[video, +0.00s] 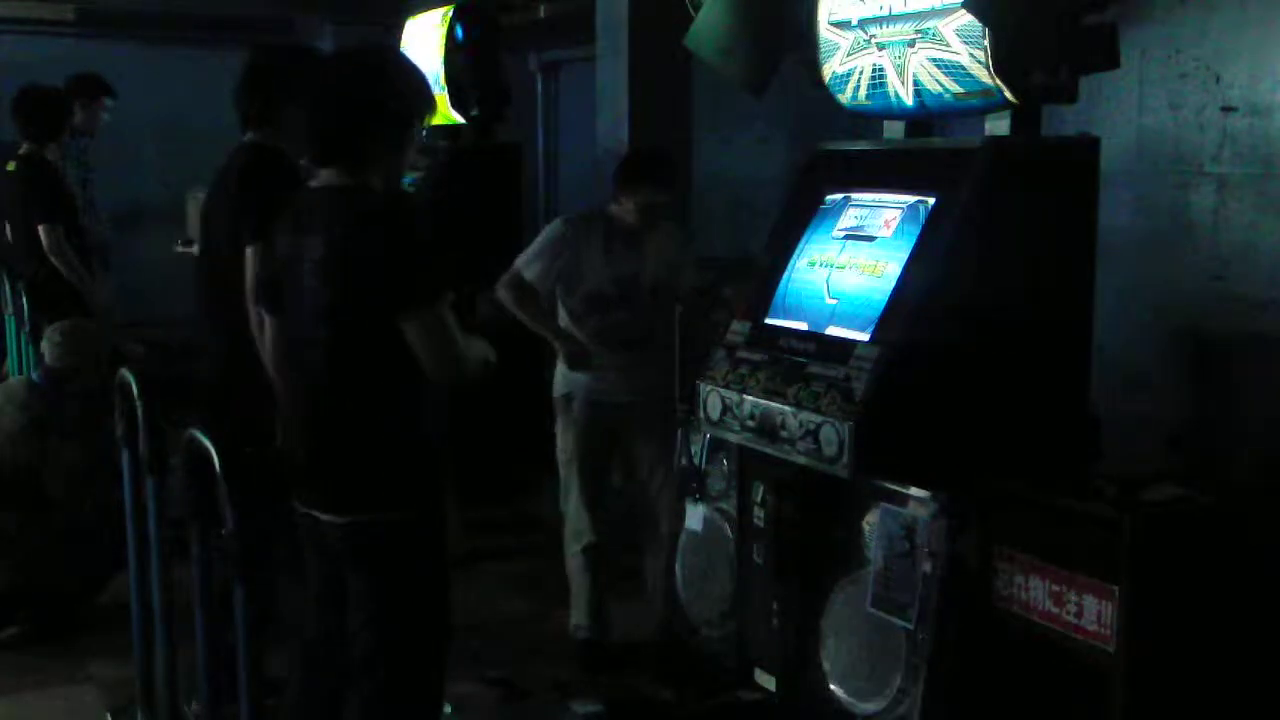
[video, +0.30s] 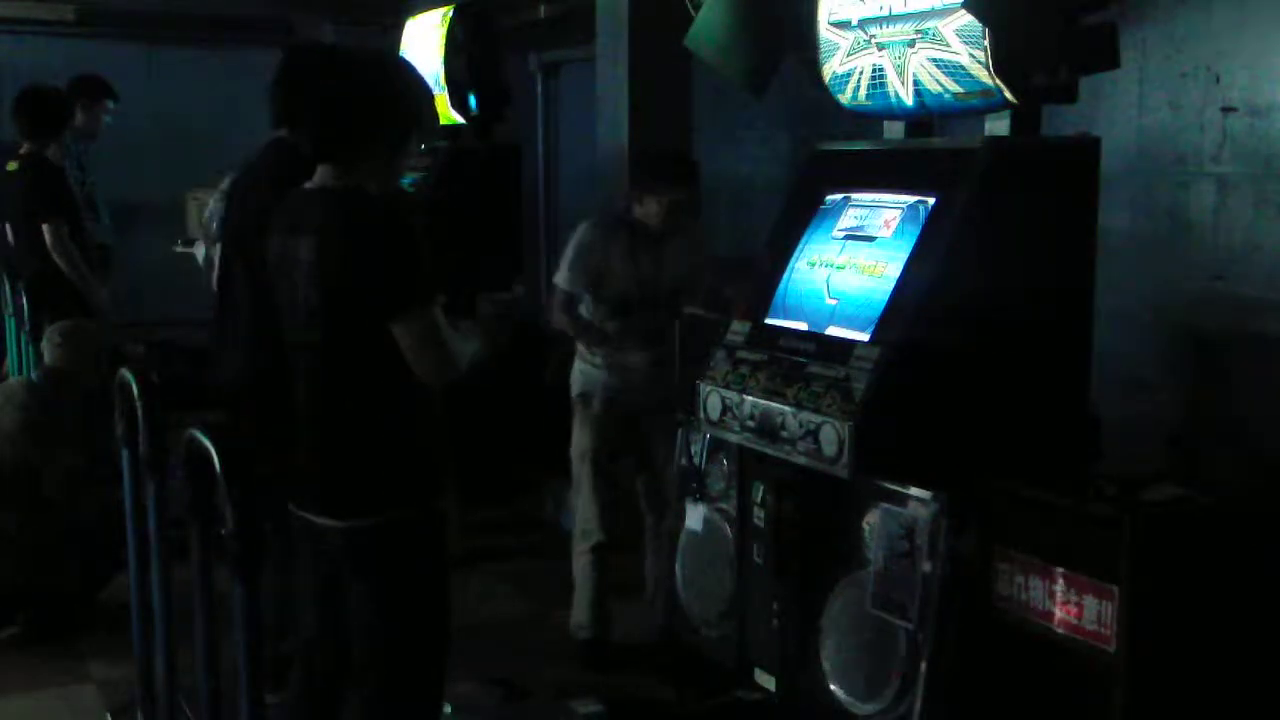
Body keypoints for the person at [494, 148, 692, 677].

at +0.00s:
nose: (648, 216)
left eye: (657, 206)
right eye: (641, 204)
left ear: (667, 204)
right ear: (620, 196)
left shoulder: (667, 242)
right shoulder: (572, 234)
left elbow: (689, 304)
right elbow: (513, 288)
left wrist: (678, 360)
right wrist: (561, 338)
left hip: (649, 390)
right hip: (584, 391)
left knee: (661, 508)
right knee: (585, 513)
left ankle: (663, 624)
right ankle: (587, 628)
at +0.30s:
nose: (663, 213)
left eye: (673, 204)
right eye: (655, 201)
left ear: (682, 205)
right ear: (636, 196)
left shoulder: (683, 245)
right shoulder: (596, 237)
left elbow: (701, 307)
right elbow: (561, 307)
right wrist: (601, 341)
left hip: (660, 391)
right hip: (600, 392)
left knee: (664, 512)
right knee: (595, 517)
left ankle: (664, 622)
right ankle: (589, 628)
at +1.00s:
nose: (712, 230)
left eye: (720, 222)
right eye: (706, 219)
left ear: (728, 222)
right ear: (687, 211)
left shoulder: (715, 258)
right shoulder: (646, 248)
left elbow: (724, 318)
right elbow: (645, 327)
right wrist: (699, 366)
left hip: (675, 391)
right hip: (623, 387)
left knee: (670, 511)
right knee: (611, 509)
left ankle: (666, 623)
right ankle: (590, 626)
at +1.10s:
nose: (711, 230)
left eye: (719, 222)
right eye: (705, 219)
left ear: (728, 222)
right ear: (686, 211)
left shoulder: (718, 258)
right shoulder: (644, 249)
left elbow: (727, 318)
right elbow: (646, 329)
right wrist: (700, 364)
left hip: (676, 391)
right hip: (622, 388)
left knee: (670, 511)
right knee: (611, 510)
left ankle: (667, 622)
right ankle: (590, 625)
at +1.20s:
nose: (711, 231)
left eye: (719, 223)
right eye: (706, 219)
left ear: (727, 222)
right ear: (686, 211)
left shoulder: (717, 258)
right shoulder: (644, 248)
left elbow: (726, 320)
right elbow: (645, 329)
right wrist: (702, 358)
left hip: (676, 391)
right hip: (622, 388)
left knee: (671, 511)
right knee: (610, 510)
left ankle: (666, 623)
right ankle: (591, 626)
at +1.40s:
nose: (710, 232)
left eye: (718, 224)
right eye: (705, 220)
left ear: (726, 222)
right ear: (685, 211)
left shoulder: (714, 258)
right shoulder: (643, 249)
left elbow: (723, 320)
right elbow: (653, 331)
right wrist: (712, 336)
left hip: (676, 393)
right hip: (624, 389)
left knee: (672, 512)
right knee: (611, 511)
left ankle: (666, 624)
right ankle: (591, 627)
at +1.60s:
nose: (711, 232)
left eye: (719, 223)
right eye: (706, 220)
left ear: (727, 222)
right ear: (685, 211)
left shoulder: (716, 258)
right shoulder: (642, 249)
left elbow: (723, 321)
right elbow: (634, 334)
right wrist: (702, 333)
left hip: (678, 391)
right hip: (625, 387)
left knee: (673, 510)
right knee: (612, 510)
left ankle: (666, 624)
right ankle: (591, 626)